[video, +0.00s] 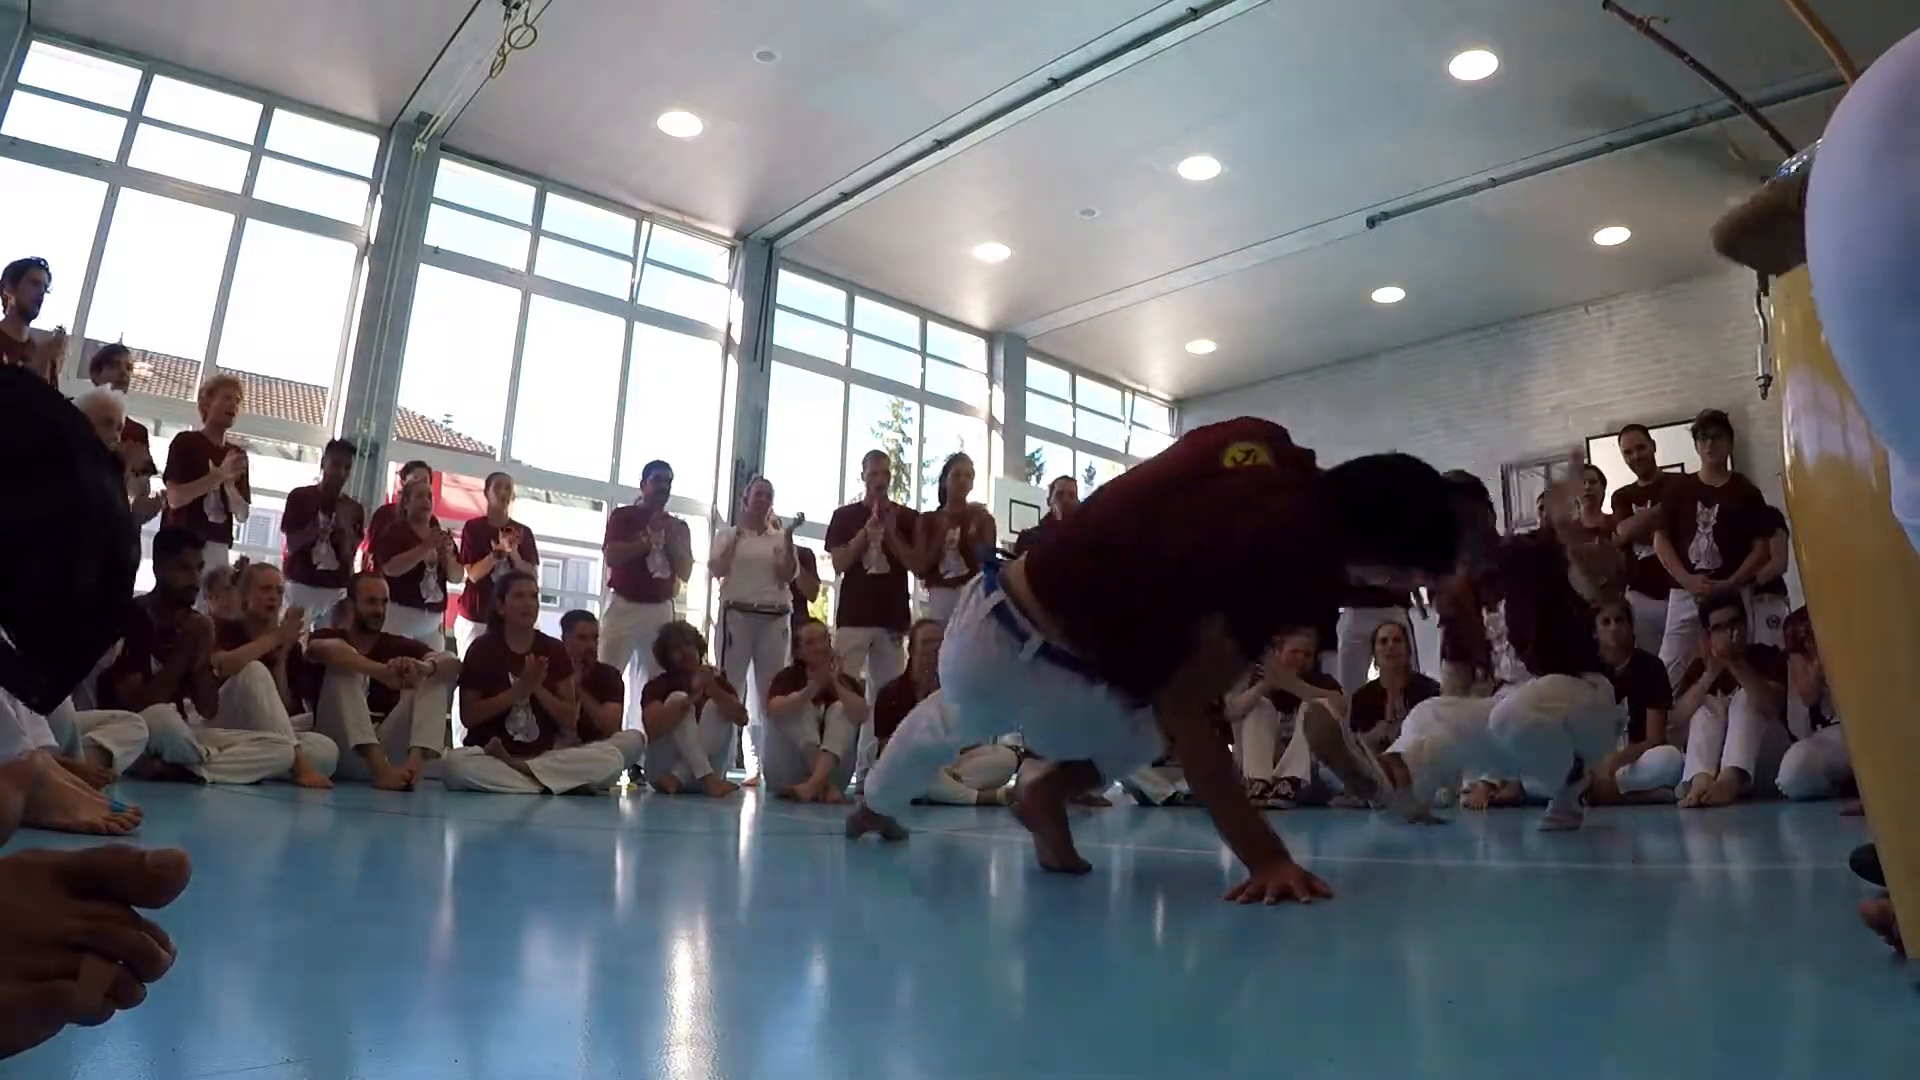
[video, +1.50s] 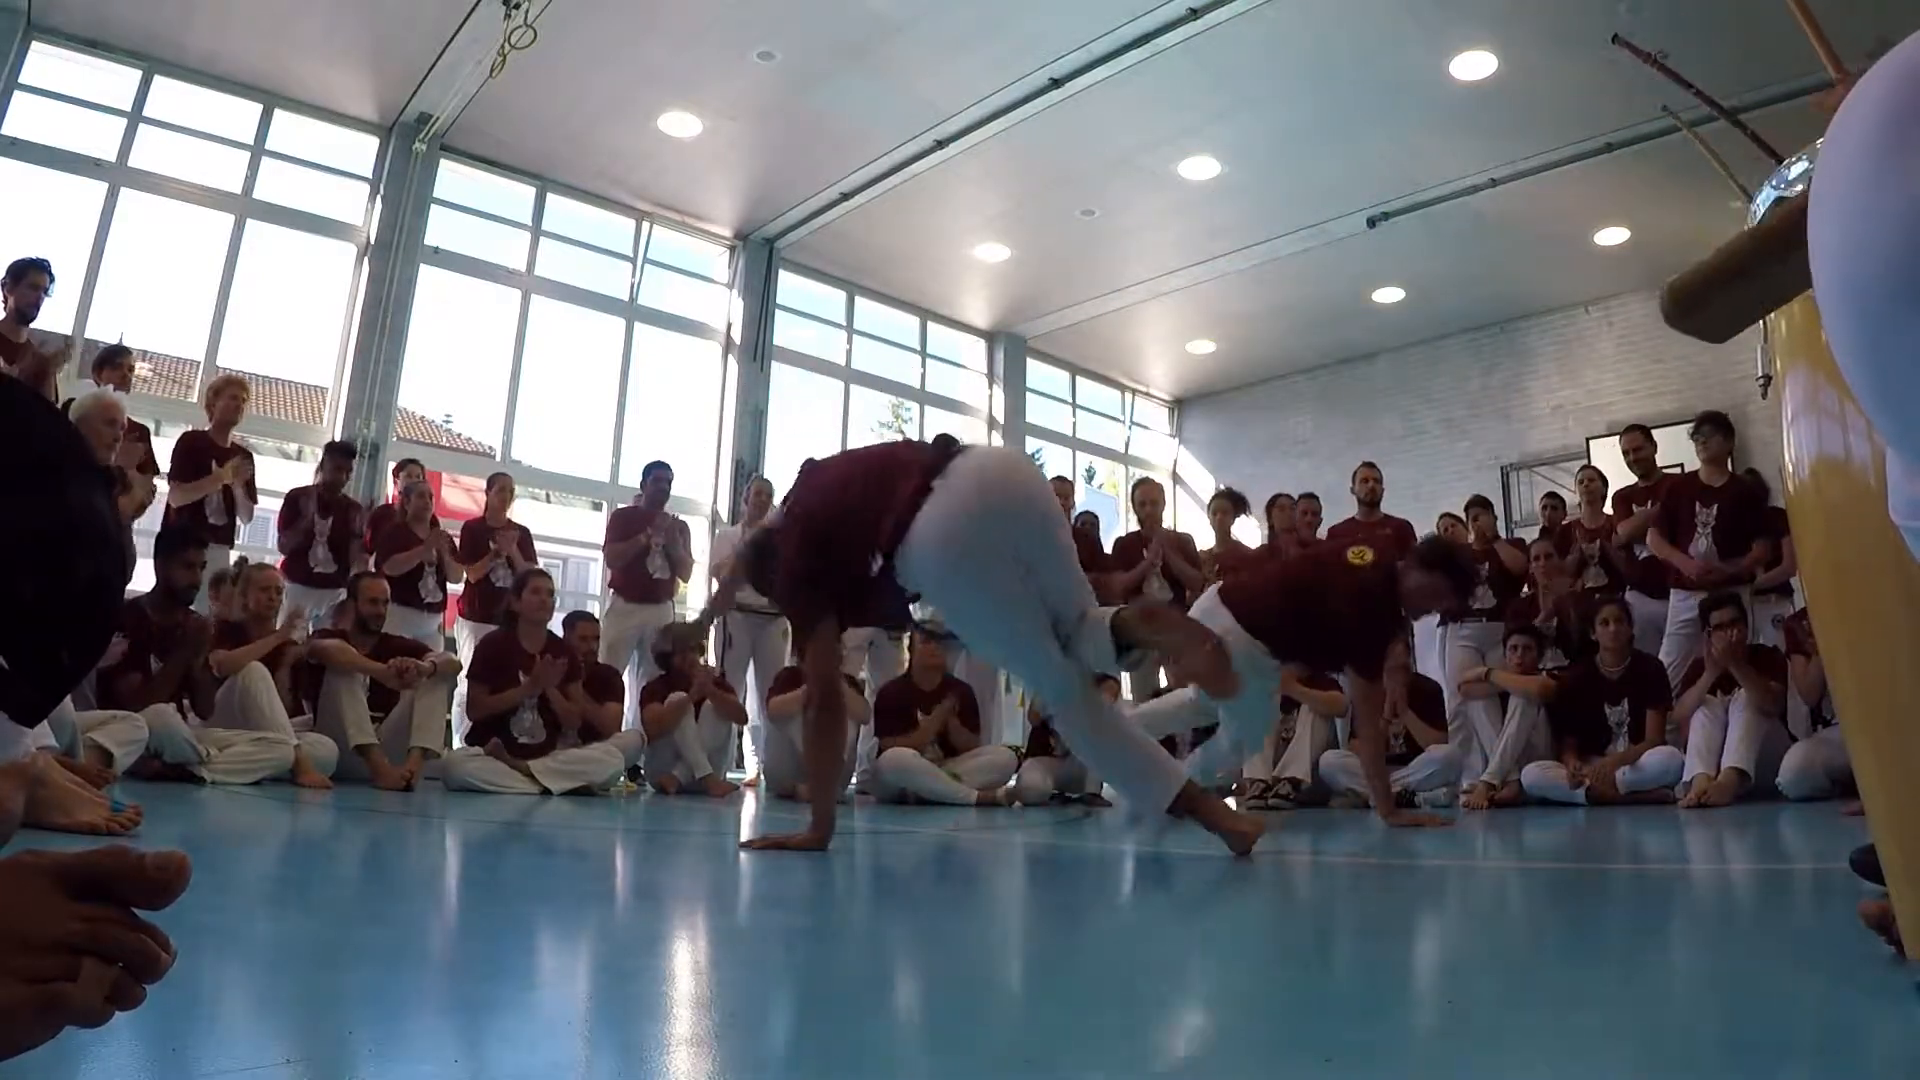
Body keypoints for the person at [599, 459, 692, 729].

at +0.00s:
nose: (663, 486)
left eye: (668, 481)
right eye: (657, 479)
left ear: (671, 487)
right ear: (643, 484)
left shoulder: (678, 526)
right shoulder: (622, 516)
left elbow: (685, 573)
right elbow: (612, 556)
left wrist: (671, 544)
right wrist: (646, 543)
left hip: (660, 610)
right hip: (623, 608)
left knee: (657, 687)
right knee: (605, 681)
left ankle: (654, 752)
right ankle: (598, 748)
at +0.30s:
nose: (664, 486)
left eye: (669, 482)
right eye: (658, 480)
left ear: (672, 489)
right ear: (644, 484)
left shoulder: (678, 526)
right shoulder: (623, 515)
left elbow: (685, 574)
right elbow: (612, 556)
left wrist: (674, 541)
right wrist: (648, 540)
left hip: (660, 610)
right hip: (623, 607)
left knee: (656, 686)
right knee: (606, 681)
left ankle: (651, 751)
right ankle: (598, 747)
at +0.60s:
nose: (664, 486)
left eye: (668, 482)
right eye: (658, 480)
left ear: (671, 489)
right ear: (643, 484)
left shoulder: (679, 526)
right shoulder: (623, 515)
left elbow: (685, 572)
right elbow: (612, 556)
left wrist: (672, 540)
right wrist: (651, 542)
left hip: (660, 610)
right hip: (623, 607)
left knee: (655, 686)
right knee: (606, 681)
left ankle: (651, 750)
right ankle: (598, 746)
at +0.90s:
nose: (663, 487)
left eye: (668, 483)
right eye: (657, 481)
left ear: (671, 489)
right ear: (643, 484)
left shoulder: (678, 526)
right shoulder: (622, 516)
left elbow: (685, 574)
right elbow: (612, 558)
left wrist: (674, 545)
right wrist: (644, 537)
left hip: (661, 610)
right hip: (624, 608)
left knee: (656, 685)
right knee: (607, 681)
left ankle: (652, 749)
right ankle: (600, 746)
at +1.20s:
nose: (663, 487)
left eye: (667, 483)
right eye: (657, 481)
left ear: (671, 488)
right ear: (643, 484)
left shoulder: (678, 526)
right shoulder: (623, 516)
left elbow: (685, 575)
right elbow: (612, 559)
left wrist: (673, 544)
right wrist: (642, 537)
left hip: (660, 611)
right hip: (623, 608)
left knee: (654, 687)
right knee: (607, 681)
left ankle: (648, 752)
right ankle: (600, 747)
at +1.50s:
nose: (663, 487)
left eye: (668, 482)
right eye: (657, 480)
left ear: (671, 488)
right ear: (644, 484)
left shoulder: (678, 526)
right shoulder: (622, 516)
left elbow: (685, 574)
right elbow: (612, 558)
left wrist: (673, 544)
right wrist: (644, 539)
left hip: (661, 610)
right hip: (623, 608)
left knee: (653, 686)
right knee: (607, 681)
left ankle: (646, 749)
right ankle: (601, 745)